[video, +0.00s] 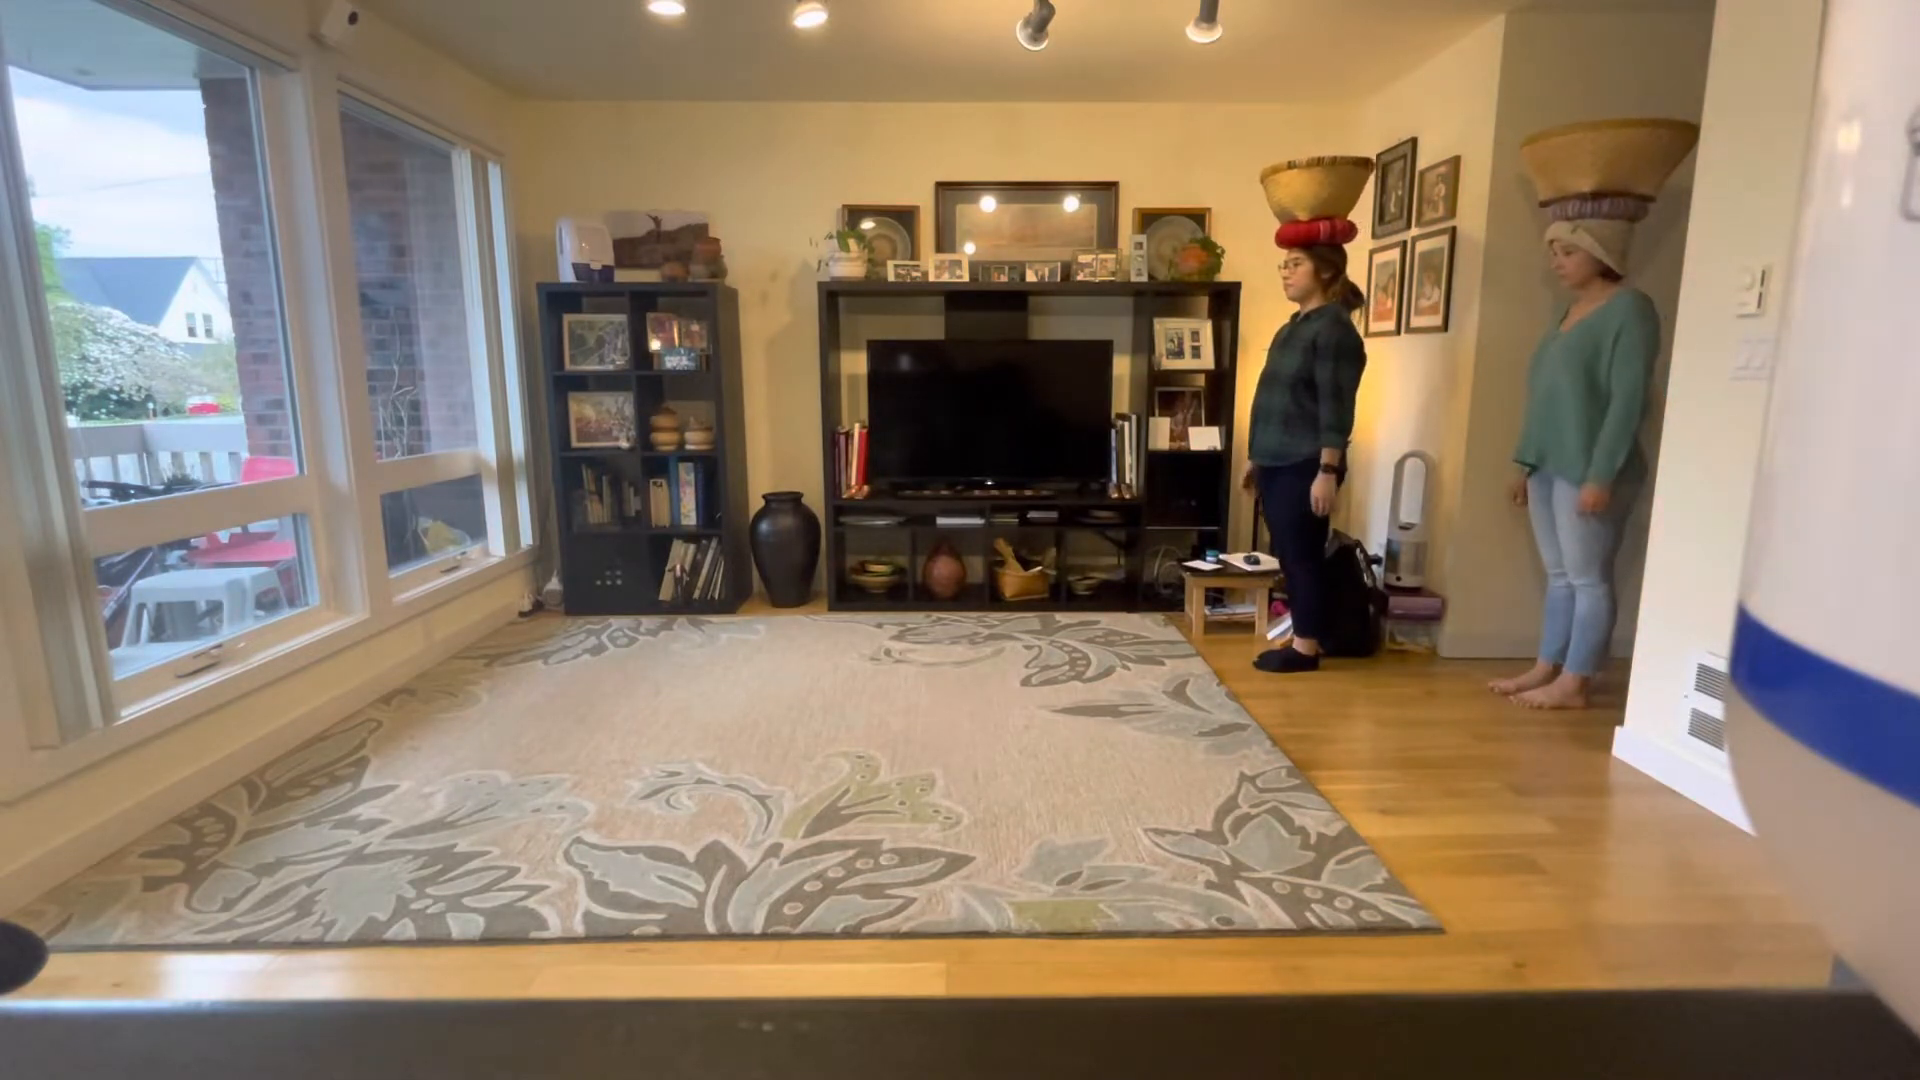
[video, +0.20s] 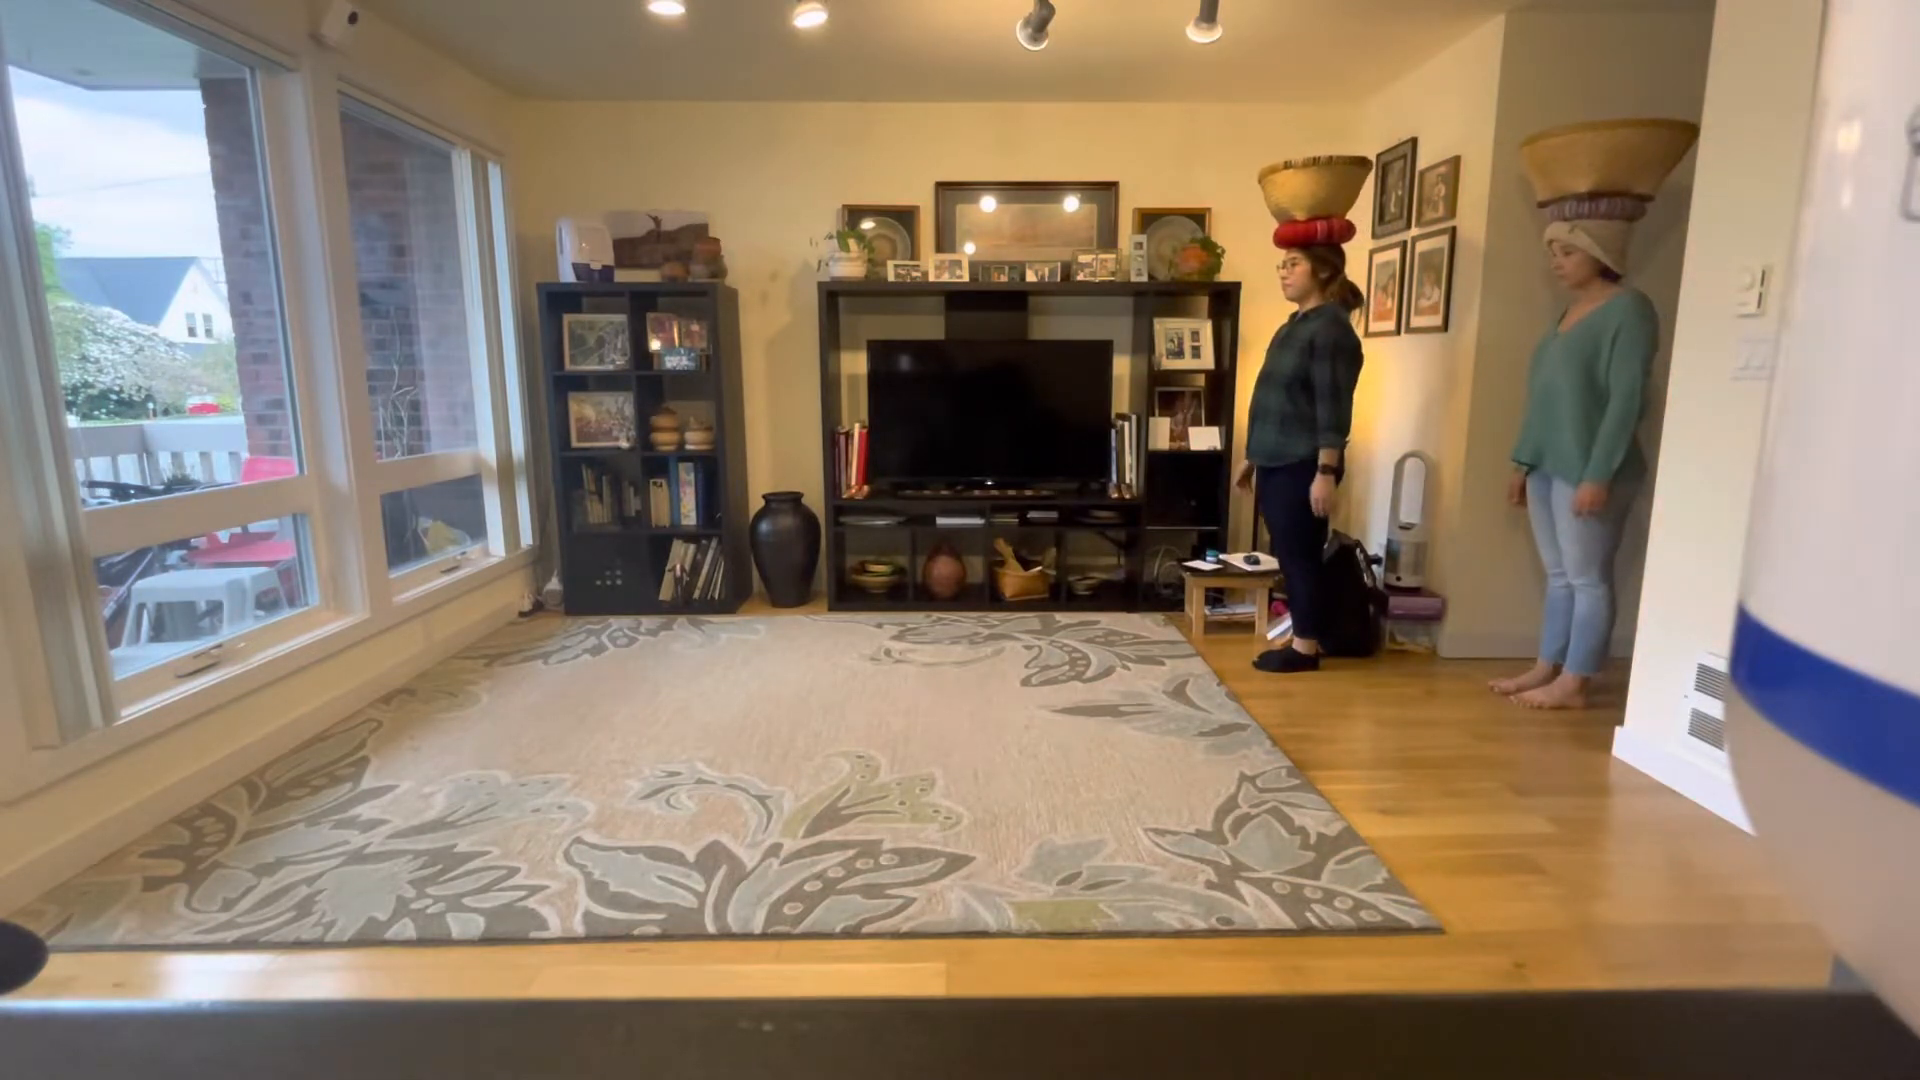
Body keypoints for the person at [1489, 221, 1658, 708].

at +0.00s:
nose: (1557, 263)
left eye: (1567, 253)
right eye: (1555, 254)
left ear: (1600, 256)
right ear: (1557, 259)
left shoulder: (1630, 309)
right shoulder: (1571, 313)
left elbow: (1628, 399)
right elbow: (1546, 397)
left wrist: (1600, 475)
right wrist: (1524, 465)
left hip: (1589, 467)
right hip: (1547, 464)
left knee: (1587, 577)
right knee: (1559, 574)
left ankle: (1575, 682)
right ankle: (1546, 667)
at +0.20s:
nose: (1556, 262)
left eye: (1566, 252)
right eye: (1553, 253)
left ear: (1599, 255)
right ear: (1555, 258)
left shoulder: (1629, 310)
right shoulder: (1569, 315)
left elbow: (1626, 400)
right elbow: (1544, 398)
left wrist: (1598, 475)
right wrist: (1521, 463)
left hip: (1590, 468)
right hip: (1546, 466)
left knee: (1586, 577)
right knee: (1558, 574)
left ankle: (1574, 682)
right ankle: (1546, 666)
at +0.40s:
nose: (1554, 263)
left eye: (1564, 253)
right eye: (1551, 254)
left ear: (1596, 255)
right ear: (1553, 259)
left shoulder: (1626, 310)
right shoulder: (1568, 314)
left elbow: (1622, 400)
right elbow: (1542, 398)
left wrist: (1596, 476)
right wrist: (1521, 463)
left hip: (1588, 468)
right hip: (1545, 465)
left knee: (1585, 577)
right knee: (1557, 573)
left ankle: (1574, 682)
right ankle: (1547, 667)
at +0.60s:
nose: (1550, 263)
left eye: (1559, 252)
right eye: (1547, 254)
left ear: (1591, 254)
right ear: (1551, 259)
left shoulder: (1621, 309)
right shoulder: (1565, 315)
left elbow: (1617, 399)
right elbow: (1539, 399)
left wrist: (1590, 475)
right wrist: (1517, 464)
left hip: (1585, 468)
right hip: (1542, 465)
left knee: (1581, 576)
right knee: (1555, 574)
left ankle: (1574, 682)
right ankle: (1547, 667)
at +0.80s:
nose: (1545, 264)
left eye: (1554, 253)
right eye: (1543, 254)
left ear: (1587, 255)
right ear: (1548, 259)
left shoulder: (1618, 310)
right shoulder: (1561, 314)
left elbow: (1614, 400)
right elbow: (1535, 398)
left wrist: (1586, 476)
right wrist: (1514, 463)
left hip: (1583, 469)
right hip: (1540, 466)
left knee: (1580, 577)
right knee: (1554, 574)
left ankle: (1573, 682)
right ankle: (1546, 667)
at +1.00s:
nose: (1542, 264)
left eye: (1550, 254)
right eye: (1539, 255)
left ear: (1583, 255)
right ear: (1547, 260)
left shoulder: (1613, 310)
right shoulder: (1560, 313)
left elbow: (1610, 401)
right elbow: (1535, 398)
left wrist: (1584, 476)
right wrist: (1512, 463)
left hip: (1579, 468)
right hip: (1537, 466)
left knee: (1577, 577)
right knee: (1550, 574)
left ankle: (1573, 682)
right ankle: (1546, 667)